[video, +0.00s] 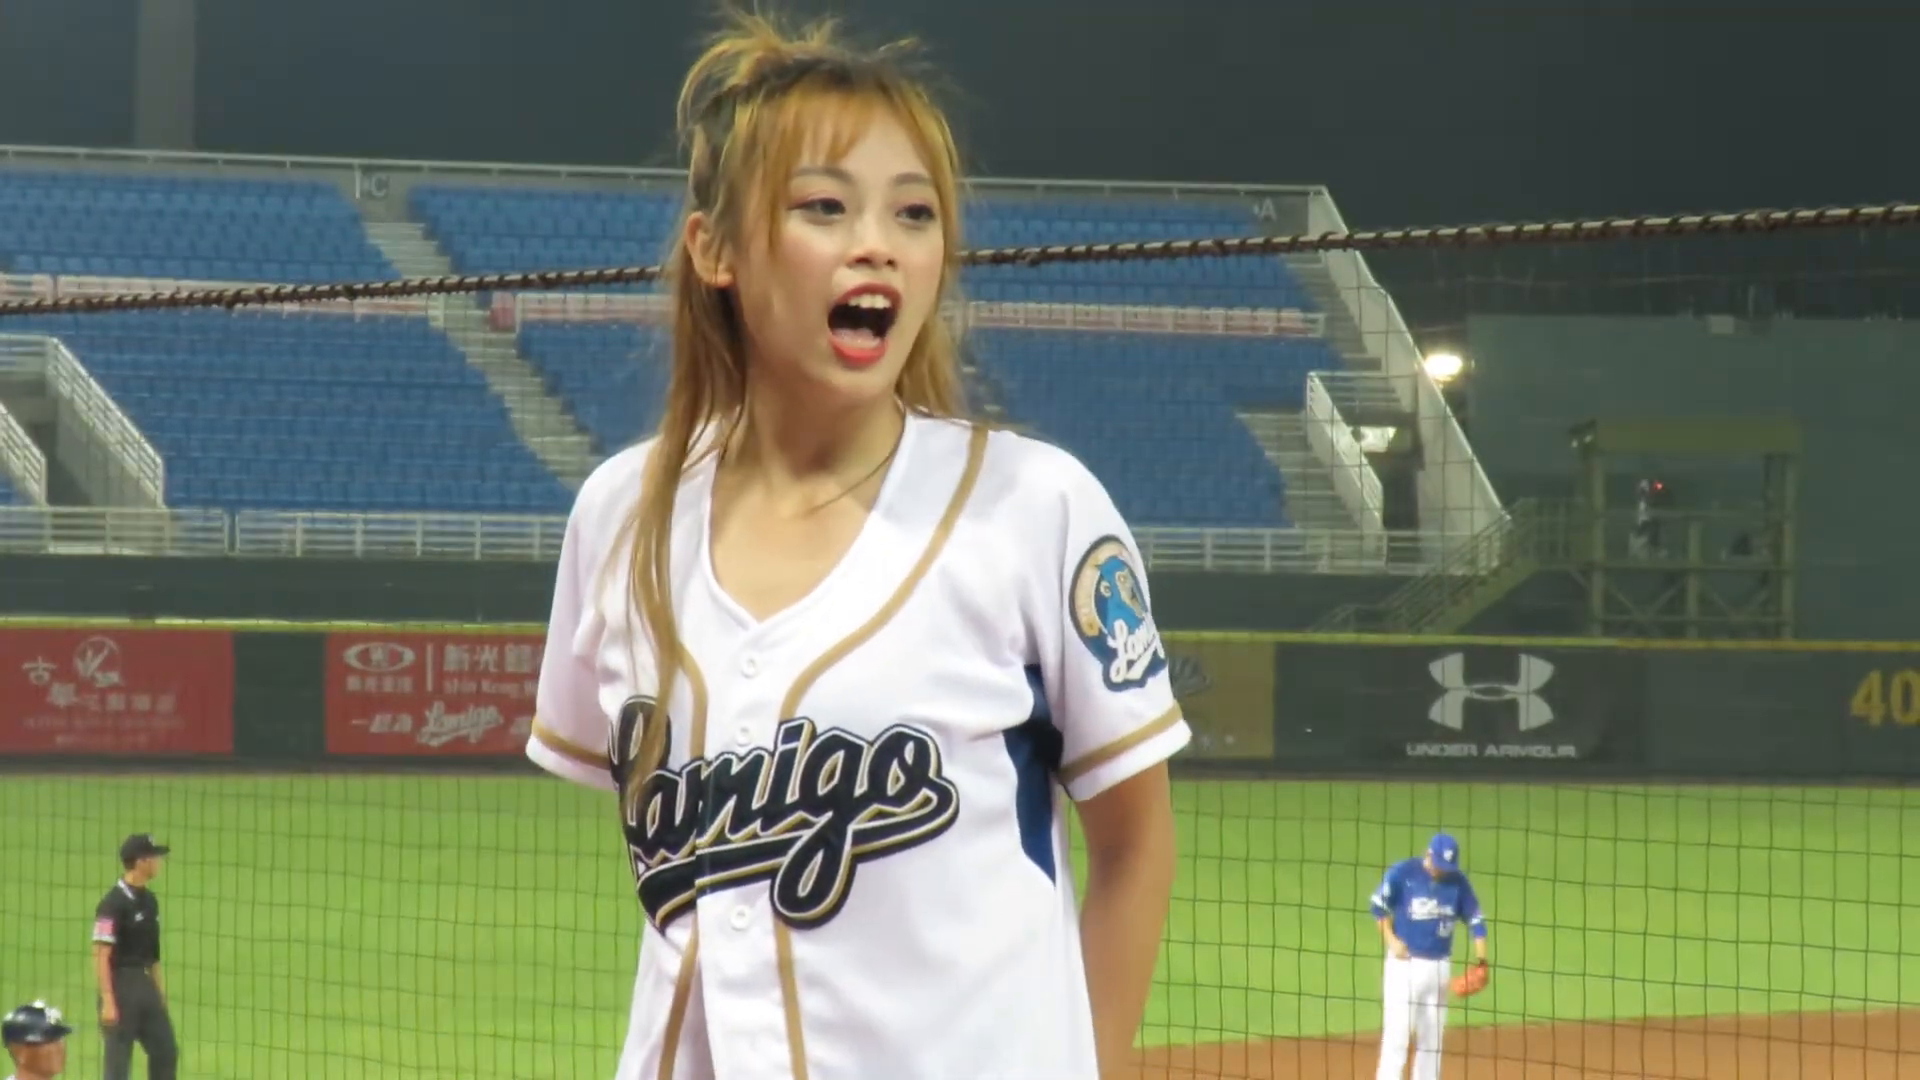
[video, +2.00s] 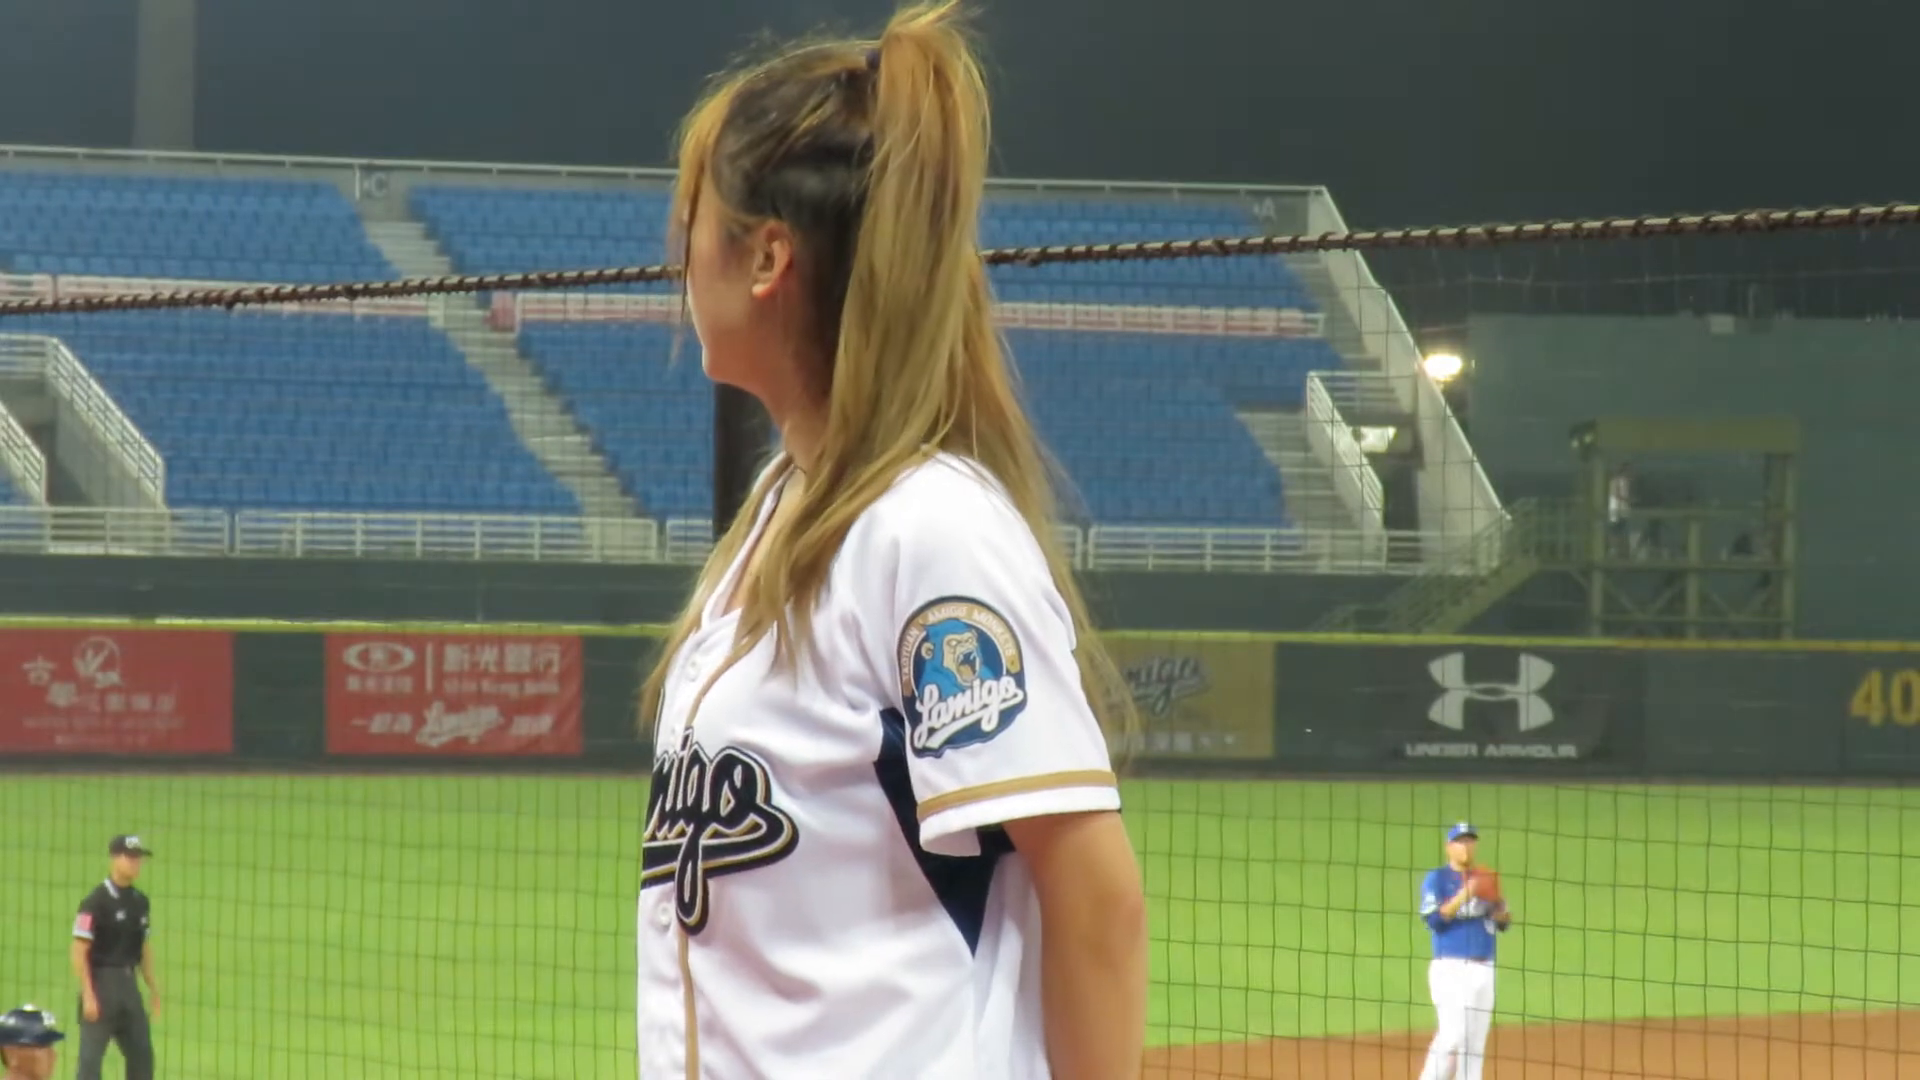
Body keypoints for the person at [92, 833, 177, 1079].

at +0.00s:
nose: (157, 863)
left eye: (156, 858)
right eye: (153, 858)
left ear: (142, 862)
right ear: (139, 862)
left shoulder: (149, 900)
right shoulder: (113, 902)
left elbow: (152, 956)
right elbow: (101, 955)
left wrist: (159, 993)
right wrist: (108, 1002)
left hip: (143, 974)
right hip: (119, 974)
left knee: (165, 1050)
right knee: (118, 1058)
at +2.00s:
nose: (135, 864)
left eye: (138, 858)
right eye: (129, 857)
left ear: (140, 861)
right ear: (114, 858)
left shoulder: (140, 901)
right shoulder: (94, 902)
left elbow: (143, 948)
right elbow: (79, 951)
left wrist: (153, 989)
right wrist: (88, 995)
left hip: (127, 977)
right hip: (100, 976)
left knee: (141, 1055)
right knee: (90, 1059)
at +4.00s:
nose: (116, 866)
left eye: (118, 860)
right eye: (109, 860)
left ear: (121, 862)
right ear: (94, 861)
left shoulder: (119, 901)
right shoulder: (78, 903)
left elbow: (122, 952)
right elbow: (65, 954)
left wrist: (129, 990)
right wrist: (71, 999)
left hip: (113, 973)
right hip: (87, 973)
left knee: (125, 1054)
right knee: (84, 1053)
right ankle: (81, 1074)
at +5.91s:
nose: (129, 861)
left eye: (130, 855)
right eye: (124, 855)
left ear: (125, 857)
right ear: (106, 856)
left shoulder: (125, 895)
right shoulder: (92, 898)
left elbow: (129, 946)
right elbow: (83, 951)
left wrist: (140, 982)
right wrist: (102, 990)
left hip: (125, 970)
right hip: (103, 970)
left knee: (123, 1046)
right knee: (100, 1049)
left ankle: (118, 1075)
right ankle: (97, 1075)